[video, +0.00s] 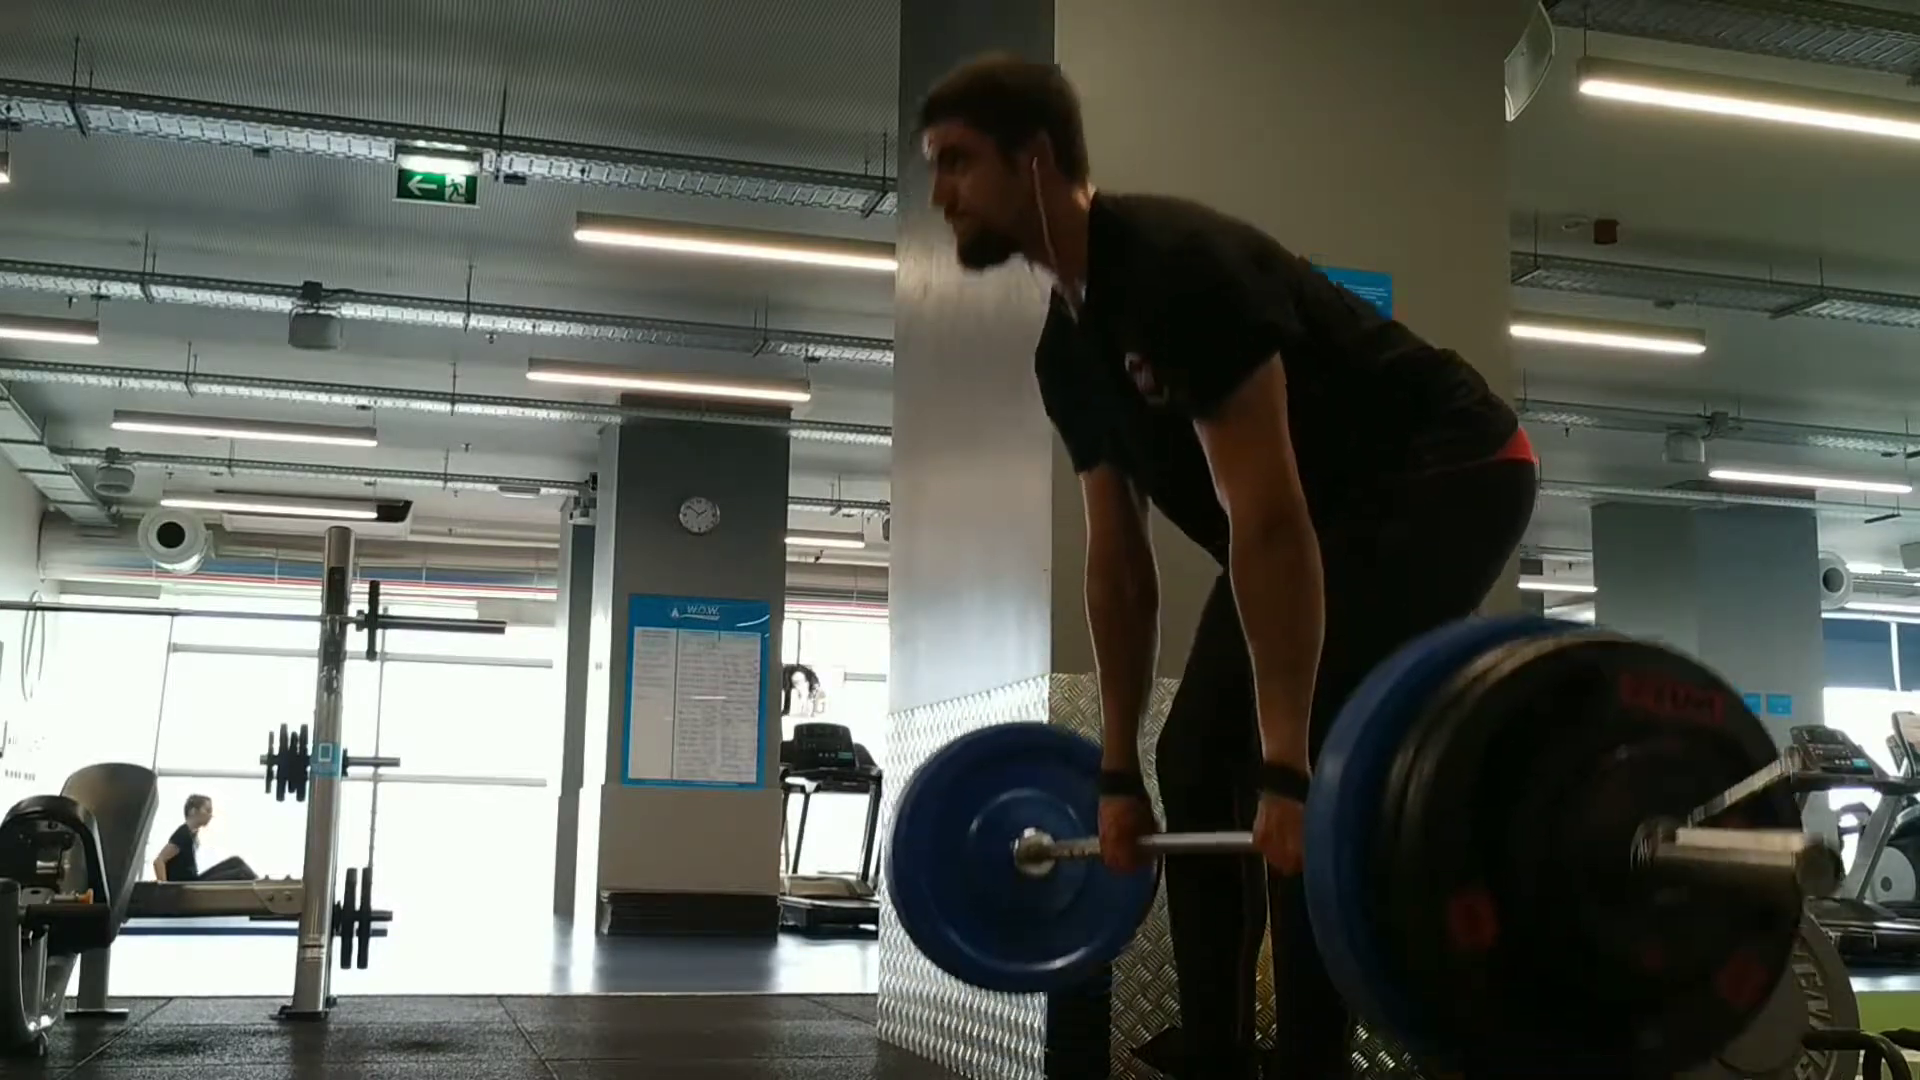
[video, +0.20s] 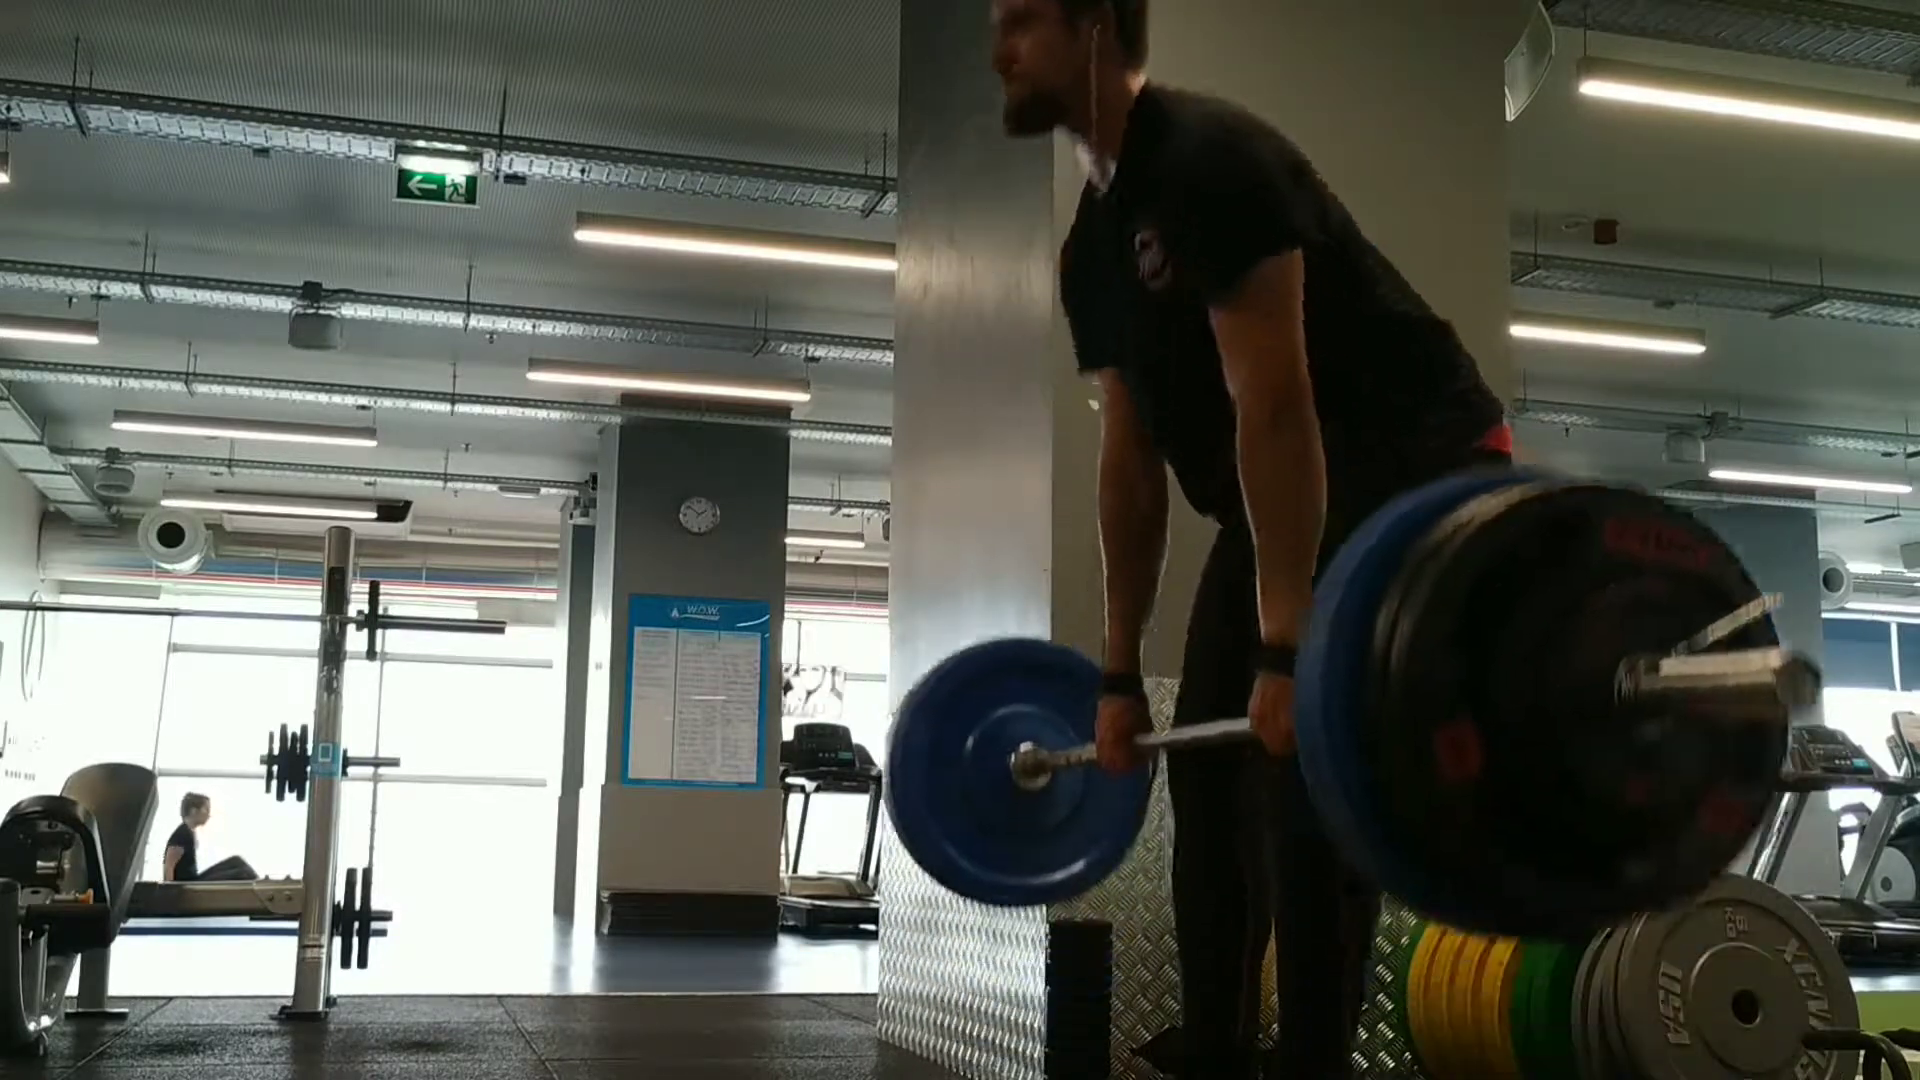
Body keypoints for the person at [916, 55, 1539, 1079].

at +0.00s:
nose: (938, 191)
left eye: (956, 161)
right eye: (931, 168)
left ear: (1039, 158)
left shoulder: (1181, 263)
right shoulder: (1067, 348)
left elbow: (1273, 524)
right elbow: (1116, 558)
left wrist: (1285, 775)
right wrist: (1118, 771)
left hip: (1444, 481)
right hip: (1302, 515)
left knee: (1313, 767)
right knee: (1200, 758)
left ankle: (1312, 1054)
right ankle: (1214, 1042)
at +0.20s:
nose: (997, 53)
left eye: (1021, 23)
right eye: (996, 29)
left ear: (1098, 29)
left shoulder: (1212, 158)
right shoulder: (1094, 243)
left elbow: (1281, 417)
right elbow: (1128, 460)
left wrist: (1282, 652)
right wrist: (1121, 671)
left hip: (1401, 495)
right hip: (1272, 510)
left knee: (1313, 771)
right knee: (1207, 763)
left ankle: (1312, 1058)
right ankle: (1212, 1047)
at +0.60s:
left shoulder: (1360, 50)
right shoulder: (1230, 114)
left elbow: (1341, 282)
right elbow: (1181, 330)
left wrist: (1287, 496)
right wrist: (1129, 541)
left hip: (1270, 495)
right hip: (1183, 502)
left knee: (1285, 790)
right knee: (1199, 795)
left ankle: (1312, 1059)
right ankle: (1212, 1050)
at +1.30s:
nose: (998, 77)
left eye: (1018, 42)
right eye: (992, 52)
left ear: (1095, 36)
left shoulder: (1216, 162)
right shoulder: (1099, 246)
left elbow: (1290, 417)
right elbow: (1138, 474)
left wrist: (1288, 662)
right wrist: (1127, 680)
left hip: (1418, 488)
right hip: (1289, 505)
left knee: (1320, 757)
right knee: (1210, 753)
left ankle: (1317, 1054)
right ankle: (1216, 1042)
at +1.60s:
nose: (945, 214)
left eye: (963, 183)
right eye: (938, 190)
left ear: (1049, 176)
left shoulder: (1185, 282)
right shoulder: (1071, 369)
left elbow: (1276, 544)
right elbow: (1124, 583)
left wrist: (1284, 798)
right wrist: (1122, 796)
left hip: (1449, 491)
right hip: (1314, 529)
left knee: (1311, 780)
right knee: (1188, 755)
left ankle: (1313, 1052)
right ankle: (1207, 1043)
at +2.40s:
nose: (1002, 69)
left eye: (1023, 39)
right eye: (1000, 45)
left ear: (1102, 44)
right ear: (1084, 56)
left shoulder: (1213, 169)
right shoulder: (1094, 258)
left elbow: (1282, 425)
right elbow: (1130, 475)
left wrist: (1279, 662)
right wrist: (1124, 683)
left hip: (1415, 500)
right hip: (1280, 520)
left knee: (1314, 772)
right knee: (1204, 762)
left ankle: (1313, 1058)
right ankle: (1214, 1046)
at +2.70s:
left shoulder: (1309, 49)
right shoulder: (1176, 124)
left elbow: (1316, 287)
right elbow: (1160, 351)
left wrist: (1284, 505)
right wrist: (1129, 551)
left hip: (1279, 503)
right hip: (1188, 512)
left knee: (1276, 782)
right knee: (1194, 789)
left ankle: (1310, 1056)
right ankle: (1211, 1050)